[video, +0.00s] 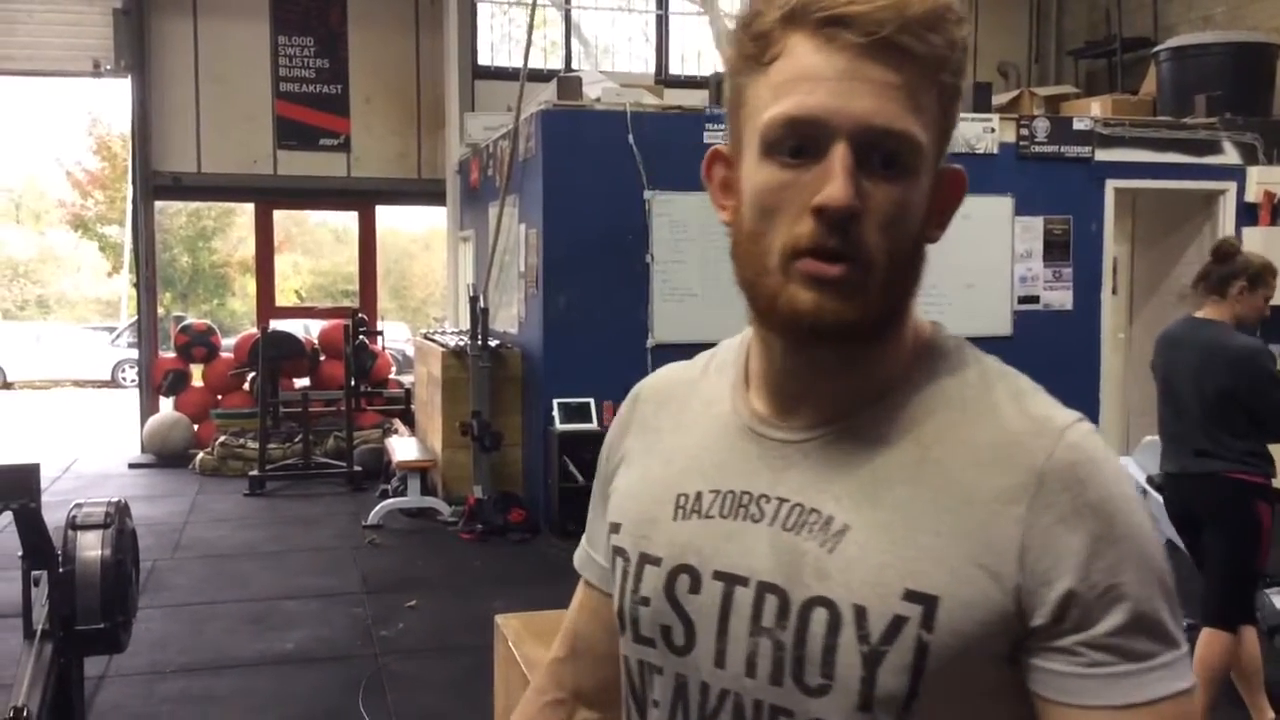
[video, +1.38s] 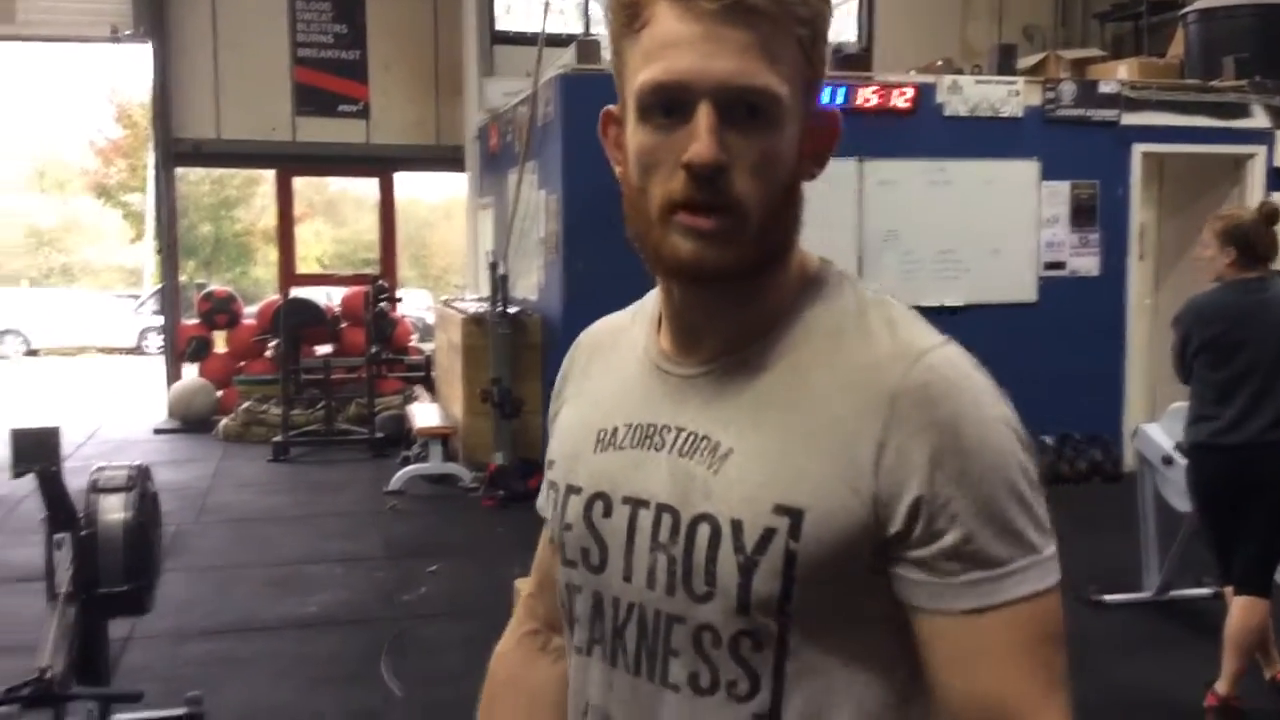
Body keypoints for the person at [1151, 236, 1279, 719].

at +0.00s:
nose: (1268, 309)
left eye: (1269, 299)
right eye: (1265, 298)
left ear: (1224, 288)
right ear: (1239, 291)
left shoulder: (1168, 340)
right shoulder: (1250, 353)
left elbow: (1181, 408)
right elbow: (1273, 424)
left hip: (1180, 484)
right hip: (1236, 488)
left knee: (1235, 606)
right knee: (1221, 612)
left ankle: (1261, 711)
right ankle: (1194, 713)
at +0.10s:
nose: (1266, 309)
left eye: (1268, 300)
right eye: (1265, 299)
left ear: (1221, 286)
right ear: (1240, 291)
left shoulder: (1165, 339)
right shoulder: (1249, 350)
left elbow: (1175, 408)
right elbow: (1273, 422)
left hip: (1178, 482)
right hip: (1235, 486)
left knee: (1234, 608)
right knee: (1219, 612)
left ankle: (1257, 709)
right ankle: (1202, 710)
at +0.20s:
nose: (1262, 309)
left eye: (1265, 299)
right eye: (1261, 298)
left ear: (1218, 284)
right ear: (1238, 289)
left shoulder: (1162, 336)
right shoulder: (1246, 348)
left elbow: (1167, 401)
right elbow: (1272, 420)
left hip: (1174, 478)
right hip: (1232, 483)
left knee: (1183, 595)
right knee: (1233, 603)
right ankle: (1253, 705)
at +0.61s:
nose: (1242, 289)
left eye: (1243, 281)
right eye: (1241, 281)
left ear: (1186, 275)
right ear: (1232, 281)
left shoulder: (1151, 330)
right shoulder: (1232, 339)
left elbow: (1154, 394)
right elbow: (1258, 418)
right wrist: (1208, 398)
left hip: (1160, 472)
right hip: (1218, 476)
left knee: (1169, 588)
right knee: (1218, 597)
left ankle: (1169, 698)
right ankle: (1240, 703)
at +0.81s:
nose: (1170, 279)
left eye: (1173, 272)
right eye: (1172, 272)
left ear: (1182, 277)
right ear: (1227, 280)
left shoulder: (1150, 330)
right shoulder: (1251, 333)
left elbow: (1150, 393)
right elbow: (1266, 412)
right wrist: (1217, 408)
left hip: (1157, 476)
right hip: (1223, 478)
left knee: (1209, 589)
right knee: (1199, 601)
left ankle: (1236, 696)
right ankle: (1179, 710)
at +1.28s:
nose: (1180, 258)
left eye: (1189, 250)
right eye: (1182, 248)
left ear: (1219, 259)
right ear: (1233, 258)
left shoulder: (1184, 311)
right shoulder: (1274, 300)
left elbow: (1165, 371)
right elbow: (1272, 365)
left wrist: (1217, 358)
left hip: (1196, 459)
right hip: (1265, 455)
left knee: (1218, 578)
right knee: (1236, 578)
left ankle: (1258, 674)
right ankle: (1206, 692)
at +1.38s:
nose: (1203, 258)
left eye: (1210, 249)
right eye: (1205, 248)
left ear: (1230, 255)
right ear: (1259, 252)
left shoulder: (1199, 310)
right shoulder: (1275, 296)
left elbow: (1185, 369)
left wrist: (1231, 368)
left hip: (1212, 452)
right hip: (1271, 449)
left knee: (1239, 571)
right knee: (1253, 575)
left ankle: (1271, 664)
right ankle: (1223, 688)